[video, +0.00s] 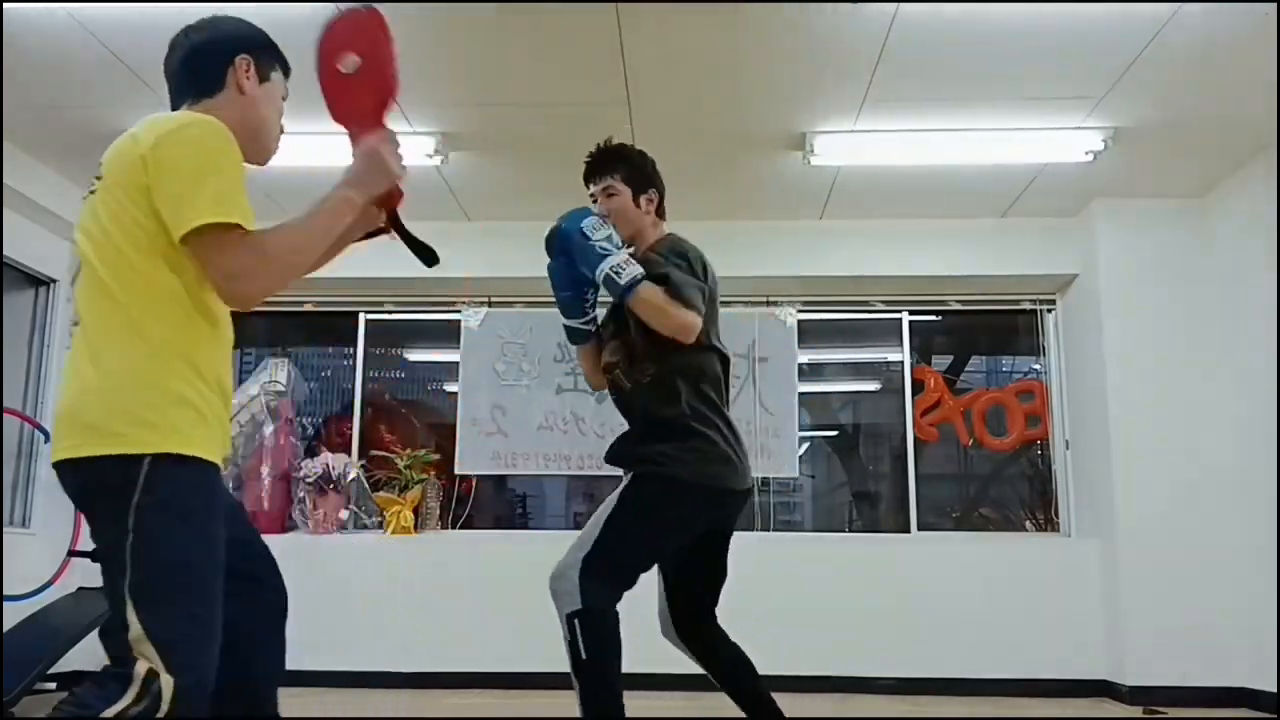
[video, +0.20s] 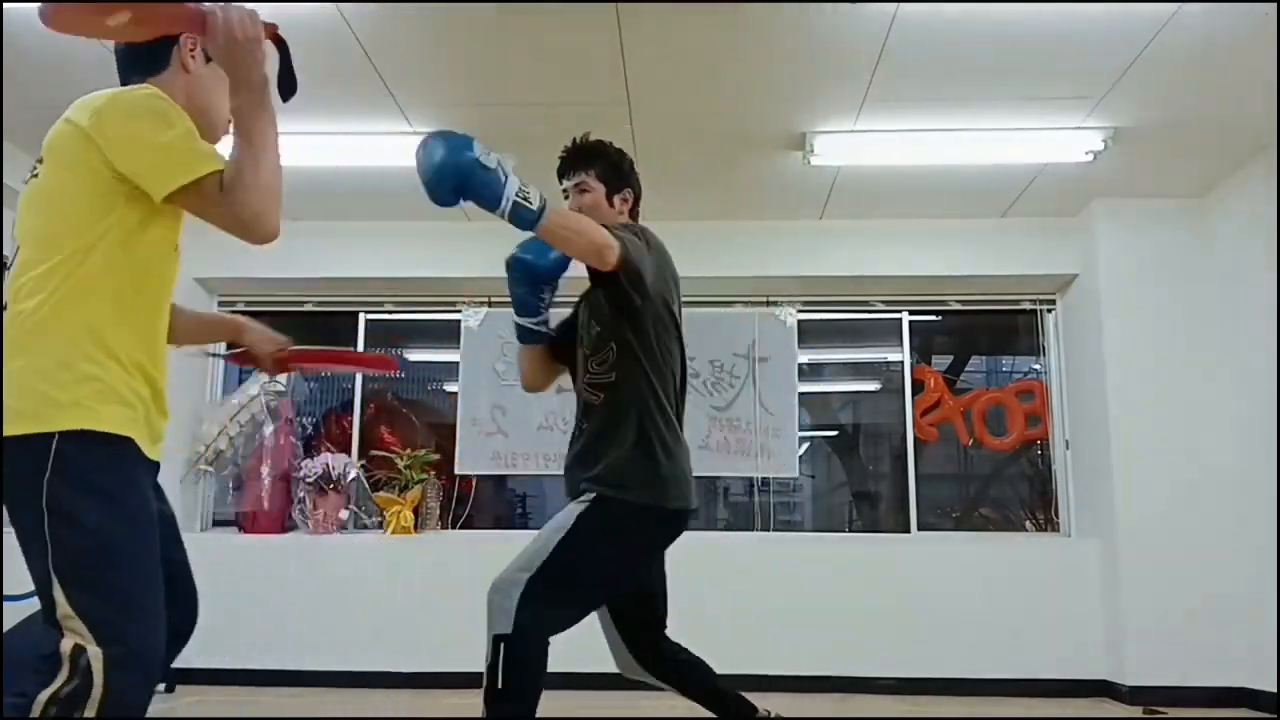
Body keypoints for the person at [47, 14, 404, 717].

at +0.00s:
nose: (284, 123)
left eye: (286, 106)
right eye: (283, 99)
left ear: (213, 81)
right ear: (244, 76)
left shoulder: (150, 152)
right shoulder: (188, 136)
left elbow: (238, 284)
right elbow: (239, 273)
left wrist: (345, 228)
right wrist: (353, 191)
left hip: (153, 441)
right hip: (149, 444)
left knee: (256, 601)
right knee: (169, 672)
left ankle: (245, 714)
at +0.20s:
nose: (237, 117)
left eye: (246, 98)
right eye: (236, 90)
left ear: (181, 55)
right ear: (192, 53)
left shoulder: (119, 146)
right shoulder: (124, 112)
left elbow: (119, 315)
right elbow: (257, 217)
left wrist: (233, 327)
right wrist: (253, 81)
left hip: (99, 426)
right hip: (64, 421)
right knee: (115, 647)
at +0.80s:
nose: (164, 134)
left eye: (167, 118)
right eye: (161, 111)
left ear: (90, 98)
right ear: (110, 91)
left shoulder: (21, 150)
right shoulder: (111, 145)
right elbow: (90, 266)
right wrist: (162, 391)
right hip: (31, 411)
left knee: (39, 624)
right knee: (70, 630)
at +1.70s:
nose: (451, 180)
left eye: (454, 166)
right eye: (447, 160)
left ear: (408, 151)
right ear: (406, 146)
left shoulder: (366, 233)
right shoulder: (368, 185)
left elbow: (306, 350)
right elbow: (295, 220)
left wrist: (384, 395)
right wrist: (384, 305)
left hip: (302, 426)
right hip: (283, 418)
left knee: (325, 609)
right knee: (312, 603)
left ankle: (294, 711)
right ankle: (248, 711)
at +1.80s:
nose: (477, 144)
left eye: (480, 132)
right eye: (471, 125)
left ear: (430, 119)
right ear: (428, 111)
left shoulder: (425, 229)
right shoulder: (355, 148)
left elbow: (479, 278)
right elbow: (258, 191)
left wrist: (523, 285)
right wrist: (365, 204)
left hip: (353, 415)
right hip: (303, 395)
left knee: (322, 620)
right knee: (352, 623)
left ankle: (272, 711)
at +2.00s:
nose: (521, 152)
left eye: (524, 139)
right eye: (515, 133)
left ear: (476, 128)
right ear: (473, 123)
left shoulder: (495, 212)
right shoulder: (394, 183)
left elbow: (574, 236)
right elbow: (369, 284)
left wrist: (643, 197)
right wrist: (482, 256)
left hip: (421, 441)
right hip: (346, 431)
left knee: (462, 594)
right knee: (388, 619)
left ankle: (411, 710)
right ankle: (339, 711)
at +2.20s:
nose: (591, 212)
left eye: (594, 198)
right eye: (587, 192)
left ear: (548, 183)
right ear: (546, 177)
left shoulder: (537, 283)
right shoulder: (450, 236)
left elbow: (529, 384)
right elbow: (382, 330)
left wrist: (634, 365)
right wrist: (495, 367)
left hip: (500, 479)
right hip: (423, 474)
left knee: (563, 629)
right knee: (466, 645)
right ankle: (389, 714)